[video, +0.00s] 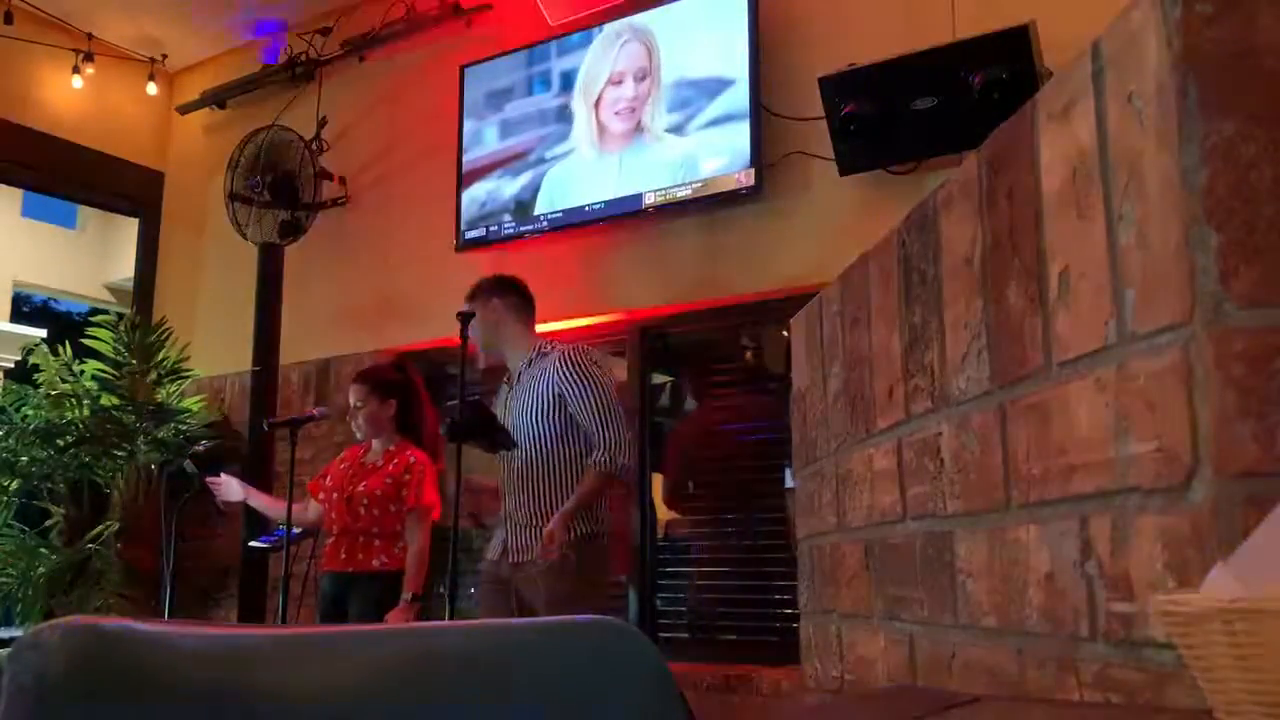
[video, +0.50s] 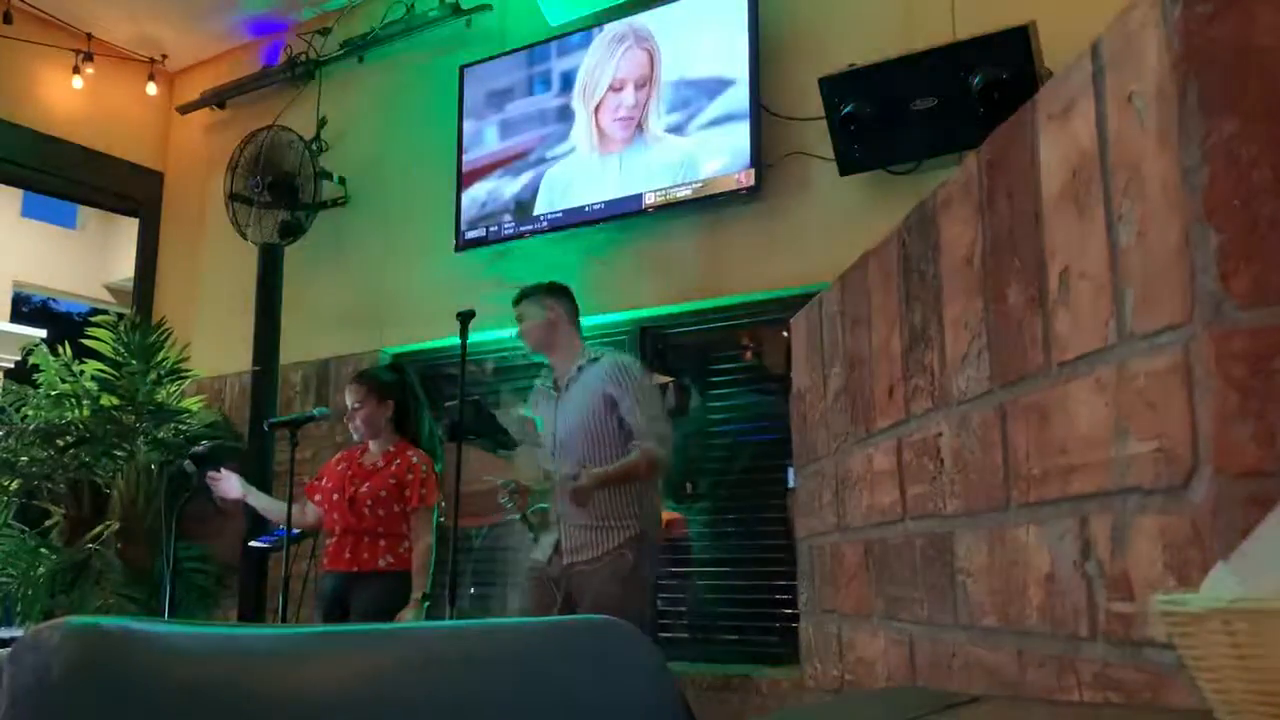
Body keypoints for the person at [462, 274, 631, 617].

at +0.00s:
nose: (468, 331)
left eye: (471, 316)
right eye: (467, 320)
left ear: (496, 309)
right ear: (499, 312)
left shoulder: (567, 362)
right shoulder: (507, 389)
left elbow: (614, 449)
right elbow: (523, 479)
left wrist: (564, 516)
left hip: (563, 558)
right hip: (505, 556)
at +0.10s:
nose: (472, 327)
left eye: (476, 314)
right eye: (472, 316)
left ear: (503, 308)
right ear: (504, 311)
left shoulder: (567, 360)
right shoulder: (515, 385)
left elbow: (616, 442)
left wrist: (560, 506)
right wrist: (500, 496)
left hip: (570, 554)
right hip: (514, 555)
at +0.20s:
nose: (485, 321)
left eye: (491, 310)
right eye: (488, 311)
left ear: (517, 309)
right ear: (516, 312)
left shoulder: (572, 360)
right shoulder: (526, 385)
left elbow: (621, 436)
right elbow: (550, 483)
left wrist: (563, 488)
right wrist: (500, 497)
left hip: (582, 551)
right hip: (526, 555)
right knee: (498, 658)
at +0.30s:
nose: (498, 331)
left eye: (502, 319)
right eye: (498, 322)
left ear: (530, 310)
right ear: (527, 313)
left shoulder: (585, 364)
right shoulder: (525, 399)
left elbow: (628, 439)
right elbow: (544, 484)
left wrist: (570, 480)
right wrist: (508, 506)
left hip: (591, 546)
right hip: (536, 551)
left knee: (603, 662)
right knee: (506, 654)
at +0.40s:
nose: (504, 332)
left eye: (508, 320)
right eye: (503, 323)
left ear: (538, 312)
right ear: (537, 314)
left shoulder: (599, 365)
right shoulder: (540, 395)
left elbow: (639, 439)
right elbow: (558, 477)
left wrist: (584, 474)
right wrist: (520, 496)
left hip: (604, 547)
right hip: (549, 548)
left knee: (605, 662)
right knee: (512, 648)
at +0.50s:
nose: (519, 332)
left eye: (524, 320)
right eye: (518, 322)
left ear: (554, 315)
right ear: (549, 319)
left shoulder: (616, 370)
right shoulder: (542, 393)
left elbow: (656, 449)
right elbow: (553, 468)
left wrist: (596, 478)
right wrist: (527, 491)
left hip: (614, 551)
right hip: (554, 551)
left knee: (613, 665)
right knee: (539, 659)